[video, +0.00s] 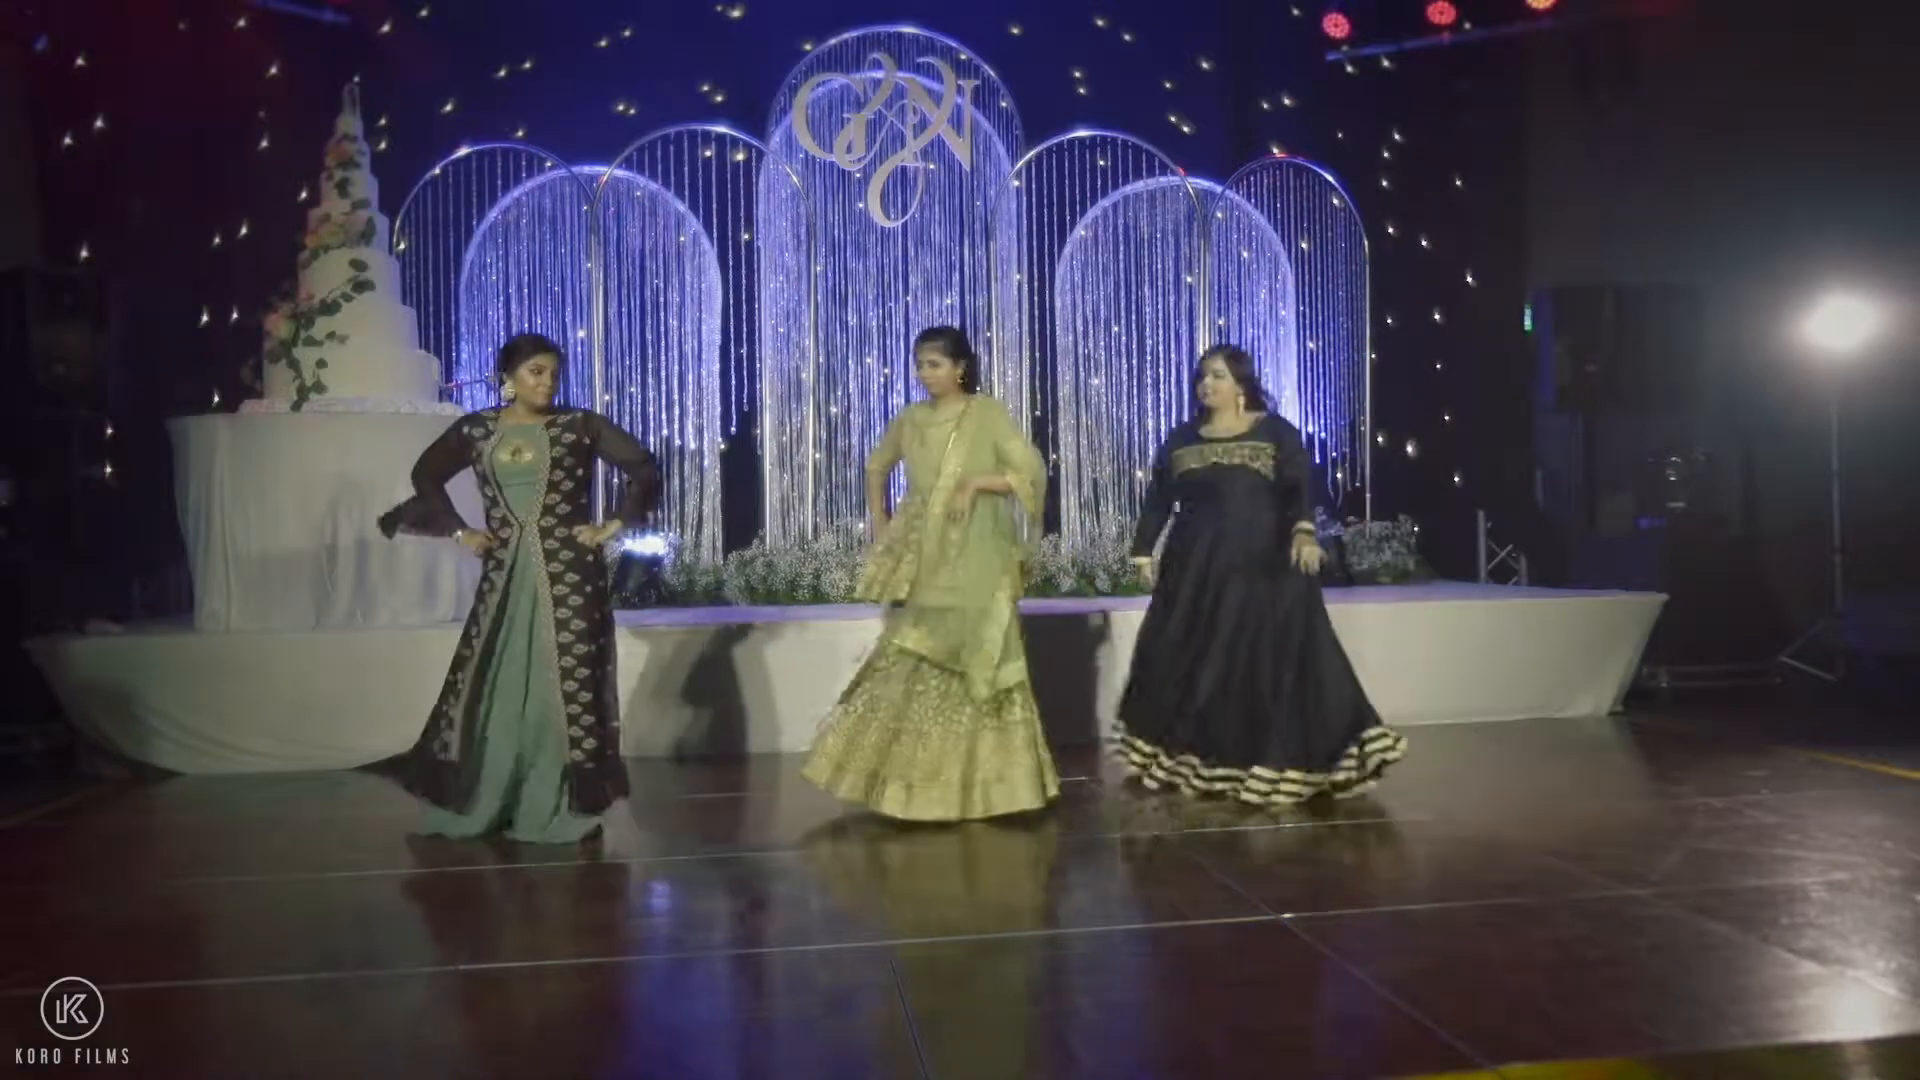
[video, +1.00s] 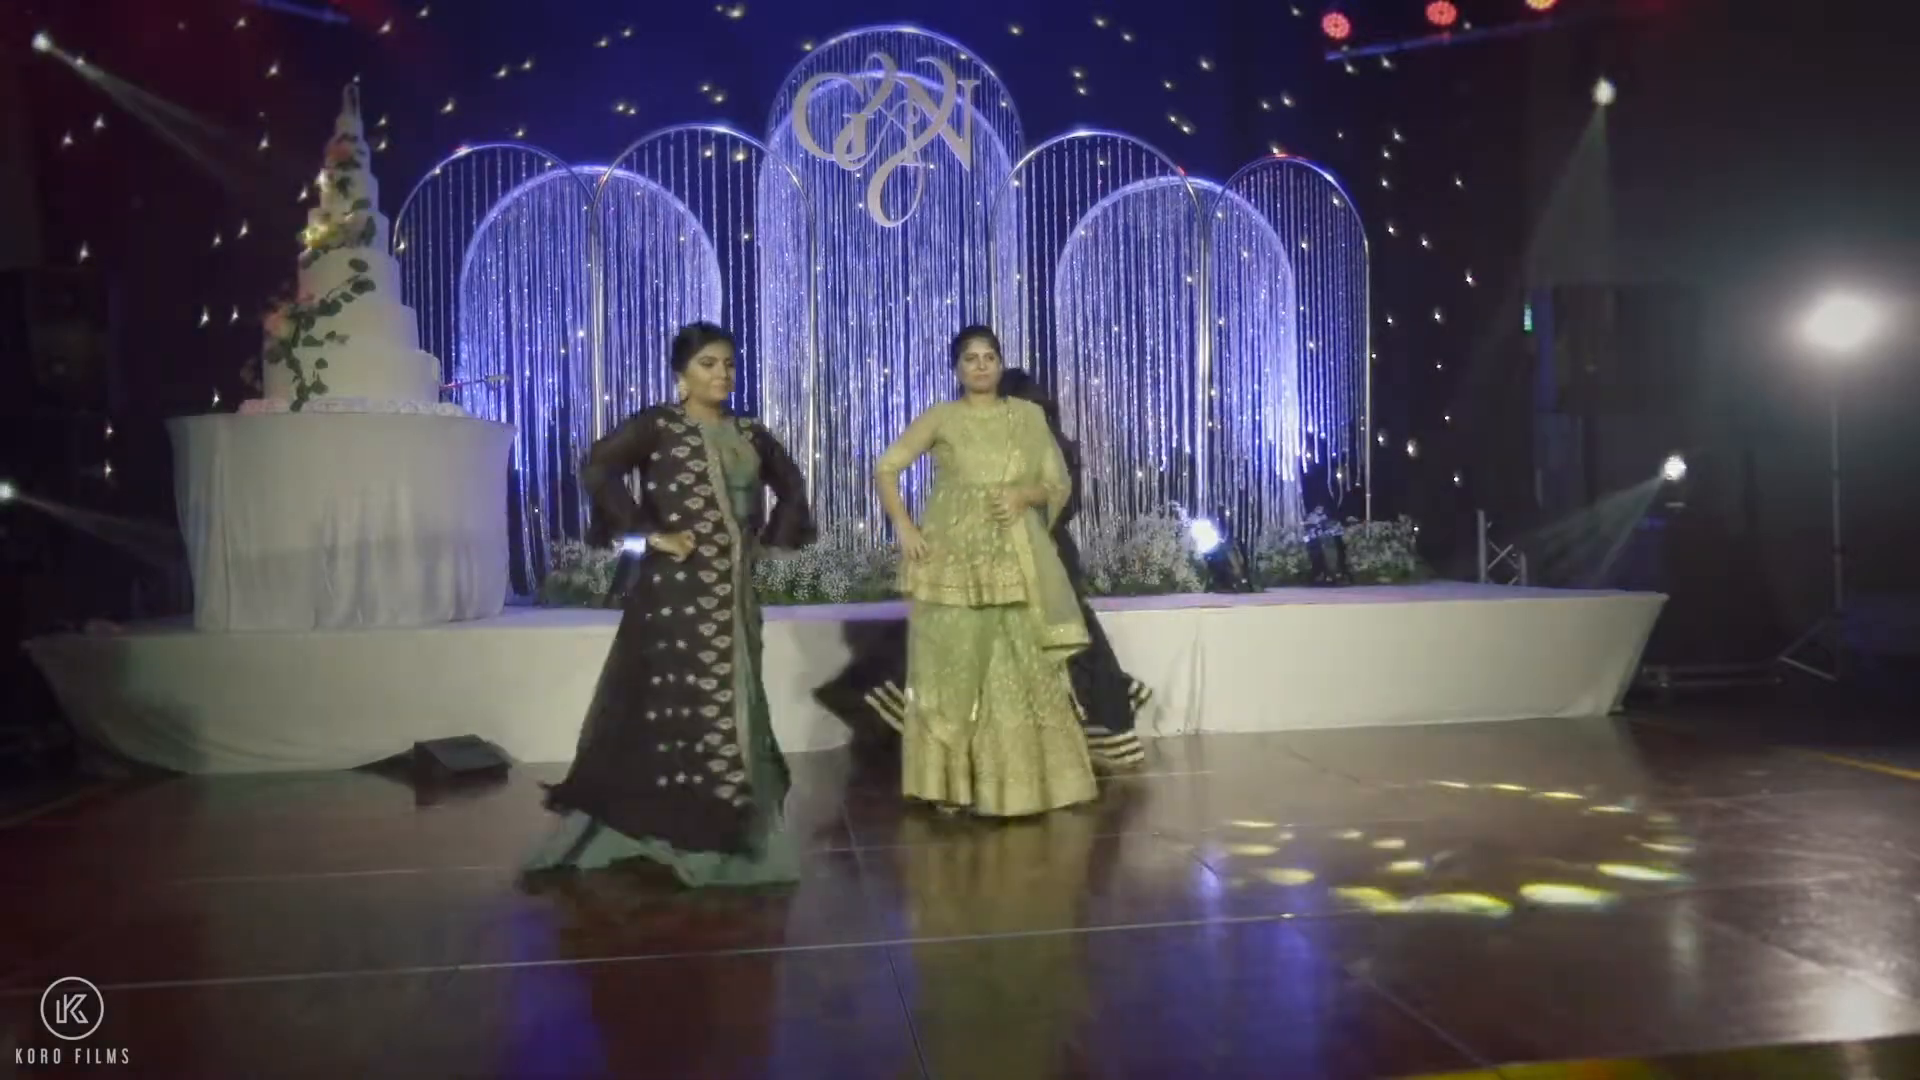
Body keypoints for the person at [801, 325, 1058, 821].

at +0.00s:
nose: (924, 373)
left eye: (933, 364)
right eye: (919, 365)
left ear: (961, 368)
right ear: (917, 370)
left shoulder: (988, 414)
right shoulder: (910, 419)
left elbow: (1030, 474)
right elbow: (875, 467)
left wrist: (976, 484)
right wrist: (879, 526)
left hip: (980, 562)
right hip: (924, 561)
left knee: (979, 670)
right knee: (918, 671)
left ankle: (982, 788)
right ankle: (915, 790)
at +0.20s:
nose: (946, 385)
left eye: (955, 376)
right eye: (938, 377)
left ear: (976, 378)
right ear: (930, 381)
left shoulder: (1001, 425)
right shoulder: (917, 427)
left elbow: (1037, 494)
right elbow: (871, 475)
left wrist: (1001, 502)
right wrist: (893, 537)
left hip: (991, 568)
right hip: (932, 567)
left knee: (987, 679)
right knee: (928, 680)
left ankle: (986, 796)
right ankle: (928, 796)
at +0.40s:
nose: (961, 379)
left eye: (970, 370)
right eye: (953, 371)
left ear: (986, 372)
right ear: (941, 376)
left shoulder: (1010, 419)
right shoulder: (927, 422)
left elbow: (1033, 491)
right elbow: (873, 467)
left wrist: (991, 496)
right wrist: (889, 531)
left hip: (995, 564)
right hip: (935, 564)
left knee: (995, 676)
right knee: (934, 675)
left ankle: (993, 792)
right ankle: (935, 792)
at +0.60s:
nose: (975, 374)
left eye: (983, 365)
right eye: (966, 366)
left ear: (995, 368)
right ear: (953, 371)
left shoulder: (1019, 419)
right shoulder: (934, 418)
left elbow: (1040, 489)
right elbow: (873, 461)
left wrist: (996, 498)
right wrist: (887, 526)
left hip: (1000, 557)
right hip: (940, 556)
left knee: (1004, 666)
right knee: (940, 667)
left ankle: (1005, 783)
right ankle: (943, 787)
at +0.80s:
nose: (980, 377)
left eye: (988, 369)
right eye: (971, 370)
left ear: (1000, 375)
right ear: (957, 376)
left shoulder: (1022, 429)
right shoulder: (936, 426)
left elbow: (1049, 501)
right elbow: (884, 481)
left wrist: (1018, 516)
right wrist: (907, 540)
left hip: (1010, 569)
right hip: (951, 569)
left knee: (1017, 676)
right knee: (951, 679)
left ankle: (1022, 786)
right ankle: (951, 790)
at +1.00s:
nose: (981, 365)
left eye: (989, 357)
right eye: (971, 358)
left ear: (1001, 364)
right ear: (957, 368)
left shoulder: (1029, 416)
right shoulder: (941, 417)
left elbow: (1058, 485)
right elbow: (885, 469)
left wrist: (1026, 495)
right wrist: (903, 526)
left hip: (1017, 561)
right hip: (953, 562)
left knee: (1019, 672)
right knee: (955, 673)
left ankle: (1020, 786)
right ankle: (955, 788)